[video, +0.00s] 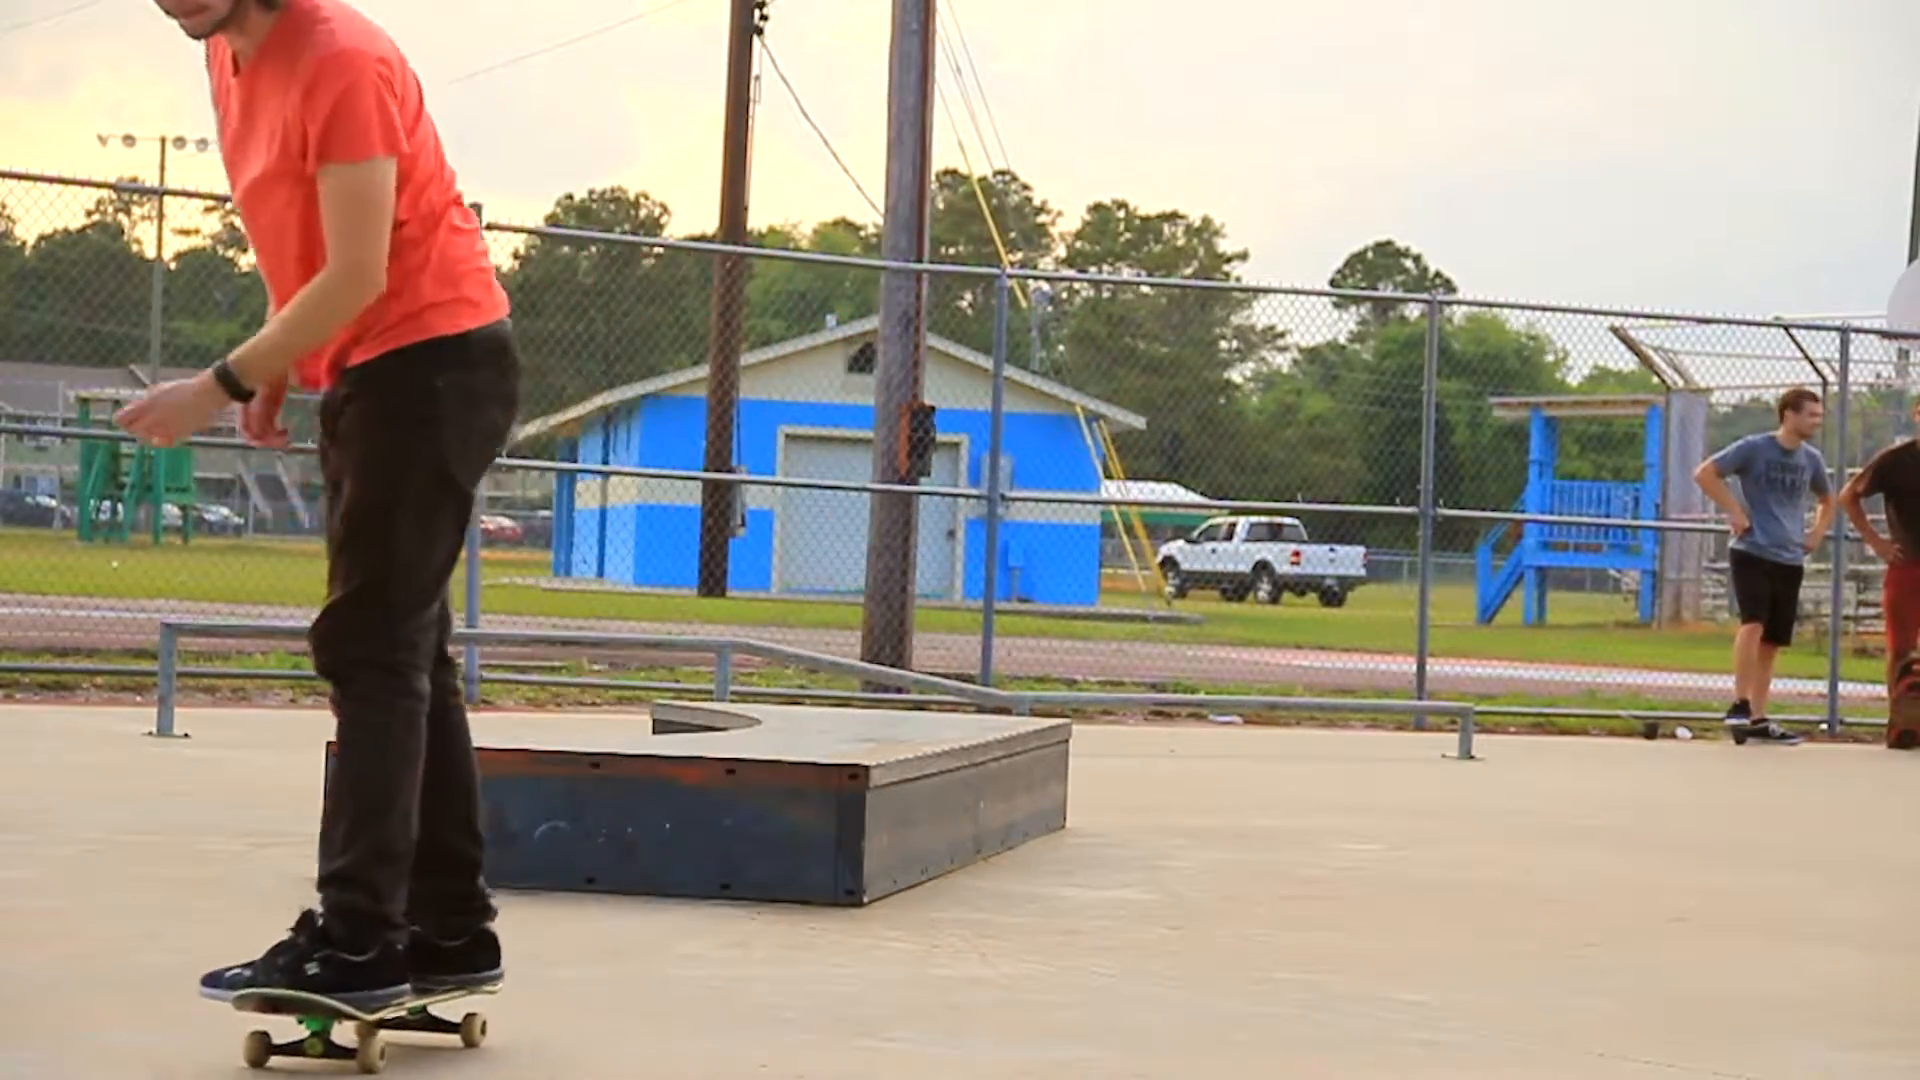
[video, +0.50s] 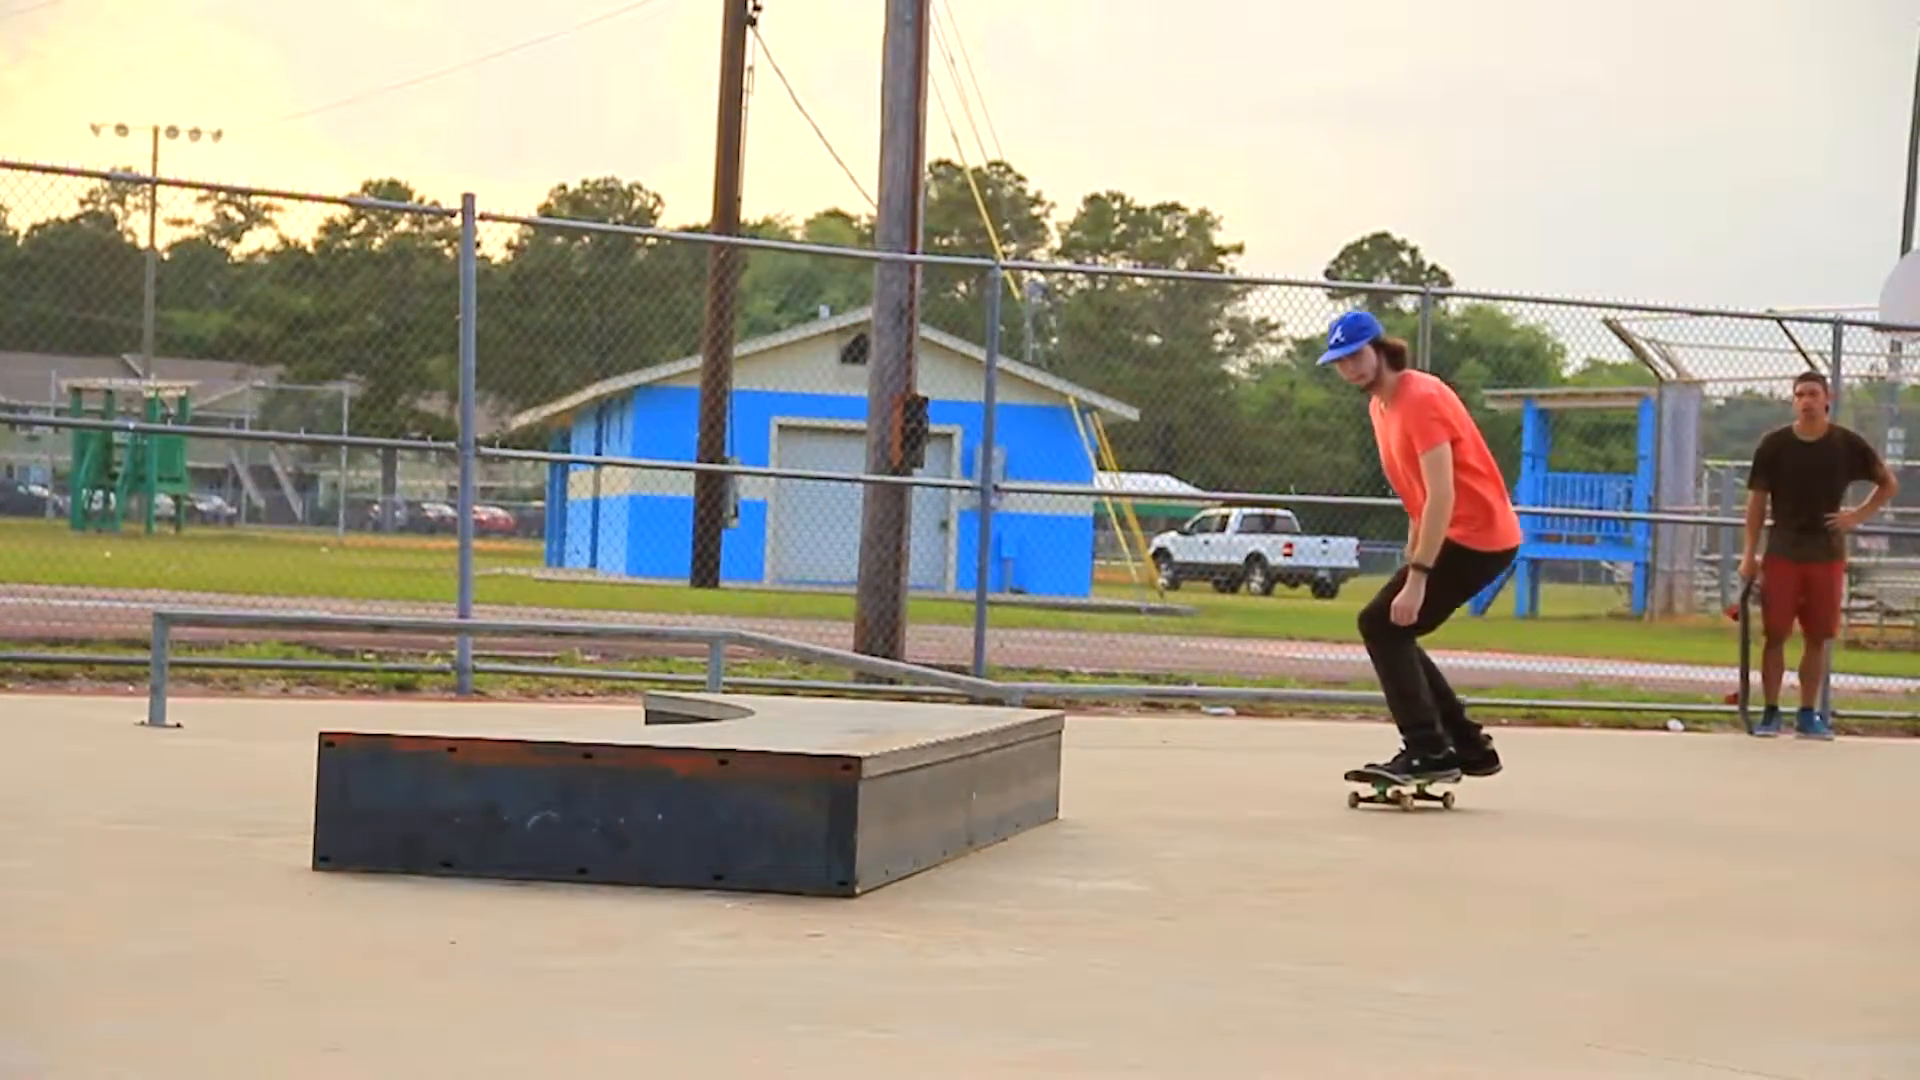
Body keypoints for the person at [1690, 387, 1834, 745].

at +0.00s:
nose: (1817, 422)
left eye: (1819, 415)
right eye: (1812, 415)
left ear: (1816, 420)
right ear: (1788, 415)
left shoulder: (1812, 459)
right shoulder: (1755, 447)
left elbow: (1828, 500)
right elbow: (1705, 473)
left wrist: (1817, 534)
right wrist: (1735, 511)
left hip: (1789, 557)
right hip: (1752, 550)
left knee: (1772, 641)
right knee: (1753, 624)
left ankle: (1758, 717)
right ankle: (1741, 704)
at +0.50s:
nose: (1807, 401)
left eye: (1814, 395)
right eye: (1802, 395)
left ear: (1827, 400)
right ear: (1793, 400)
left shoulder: (1848, 444)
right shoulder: (1772, 445)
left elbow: (1889, 483)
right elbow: (1757, 501)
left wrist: (1859, 514)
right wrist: (1749, 553)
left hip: (1825, 555)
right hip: (1781, 553)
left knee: (1817, 639)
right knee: (1774, 636)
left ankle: (1808, 714)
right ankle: (1770, 712)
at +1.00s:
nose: (1801, 402)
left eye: (1808, 395)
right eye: (1796, 395)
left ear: (1823, 400)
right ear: (1788, 401)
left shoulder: (1846, 443)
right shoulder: (1770, 446)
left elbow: (1888, 482)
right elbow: (1756, 503)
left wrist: (1859, 515)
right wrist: (1755, 554)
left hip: (1826, 554)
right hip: (1781, 552)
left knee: (1818, 640)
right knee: (1774, 636)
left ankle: (1808, 714)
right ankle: (1770, 712)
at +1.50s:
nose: (1799, 402)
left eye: (1805, 395)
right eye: (1793, 395)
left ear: (1820, 399)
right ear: (1786, 401)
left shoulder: (1843, 443)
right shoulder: (1767, 447)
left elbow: (1884, 481)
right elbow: (1753, 503)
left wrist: (1856, 515)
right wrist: (1752, 554)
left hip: (1824, 556)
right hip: (1779, 553)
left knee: (1817, 639)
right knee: (1774, 637)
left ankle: (1808, 714)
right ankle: (1770, 713)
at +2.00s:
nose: (1798, 402)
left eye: (1805, 396)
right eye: (1792, 396)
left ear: (1818, 400)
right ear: (1783, 401)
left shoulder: (1841, 443)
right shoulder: (1765, 448)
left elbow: (1883, 481)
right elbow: (1752, 504)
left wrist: (1854, 514)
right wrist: (1754, 555)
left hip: (1823, 555)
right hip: (1778, 553)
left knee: (1816, 640)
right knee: (1774, 638)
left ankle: (1807, 714)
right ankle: (1770, 712)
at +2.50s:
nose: (1797, 401)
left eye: (1803, 395)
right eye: (1791, 395)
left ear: (1816, 400)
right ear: (1782, 400)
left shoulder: (1839, 442)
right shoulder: (1763, 446)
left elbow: (1881, 480)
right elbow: (1749, 503)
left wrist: (1851, 514)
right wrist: (1752, 555)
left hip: (1822, 555)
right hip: (1777, 554)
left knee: (1816, 639)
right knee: (1773, 638)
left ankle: (1807, 713)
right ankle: (1770, 712)